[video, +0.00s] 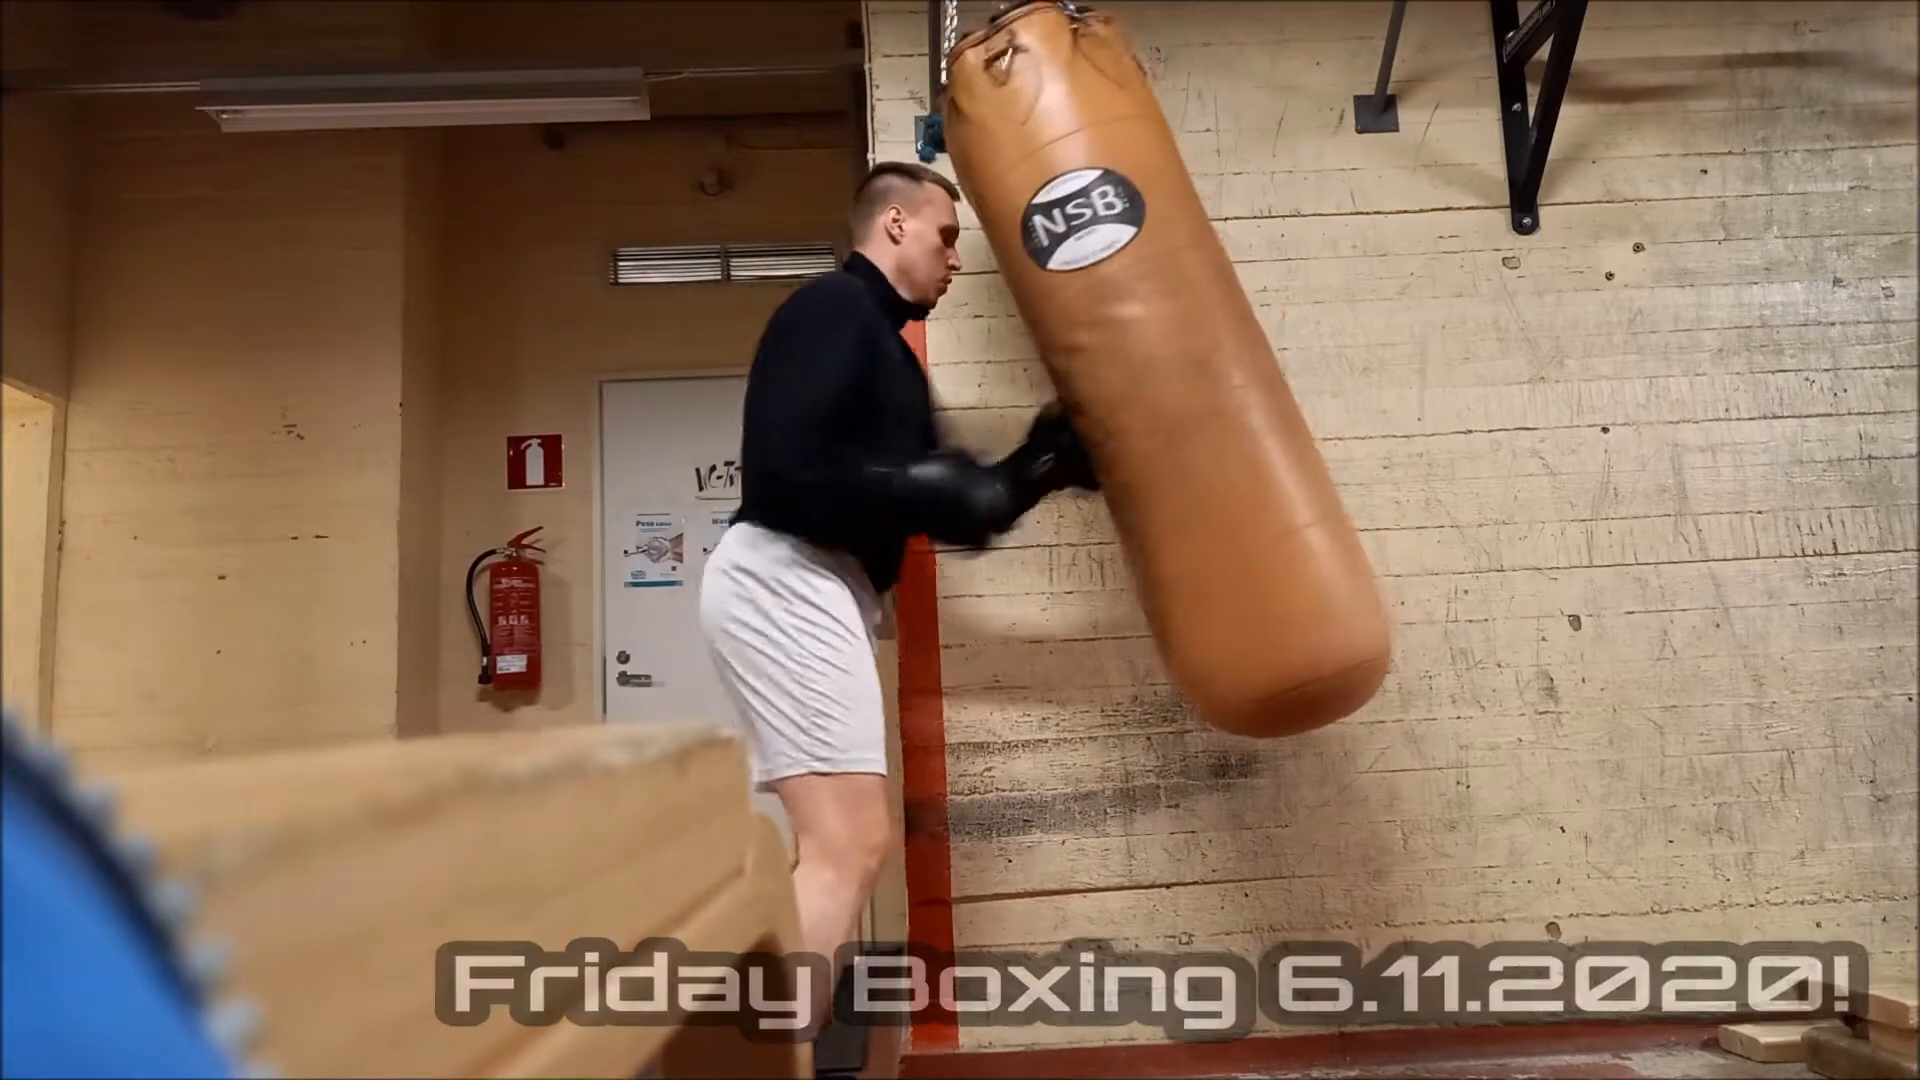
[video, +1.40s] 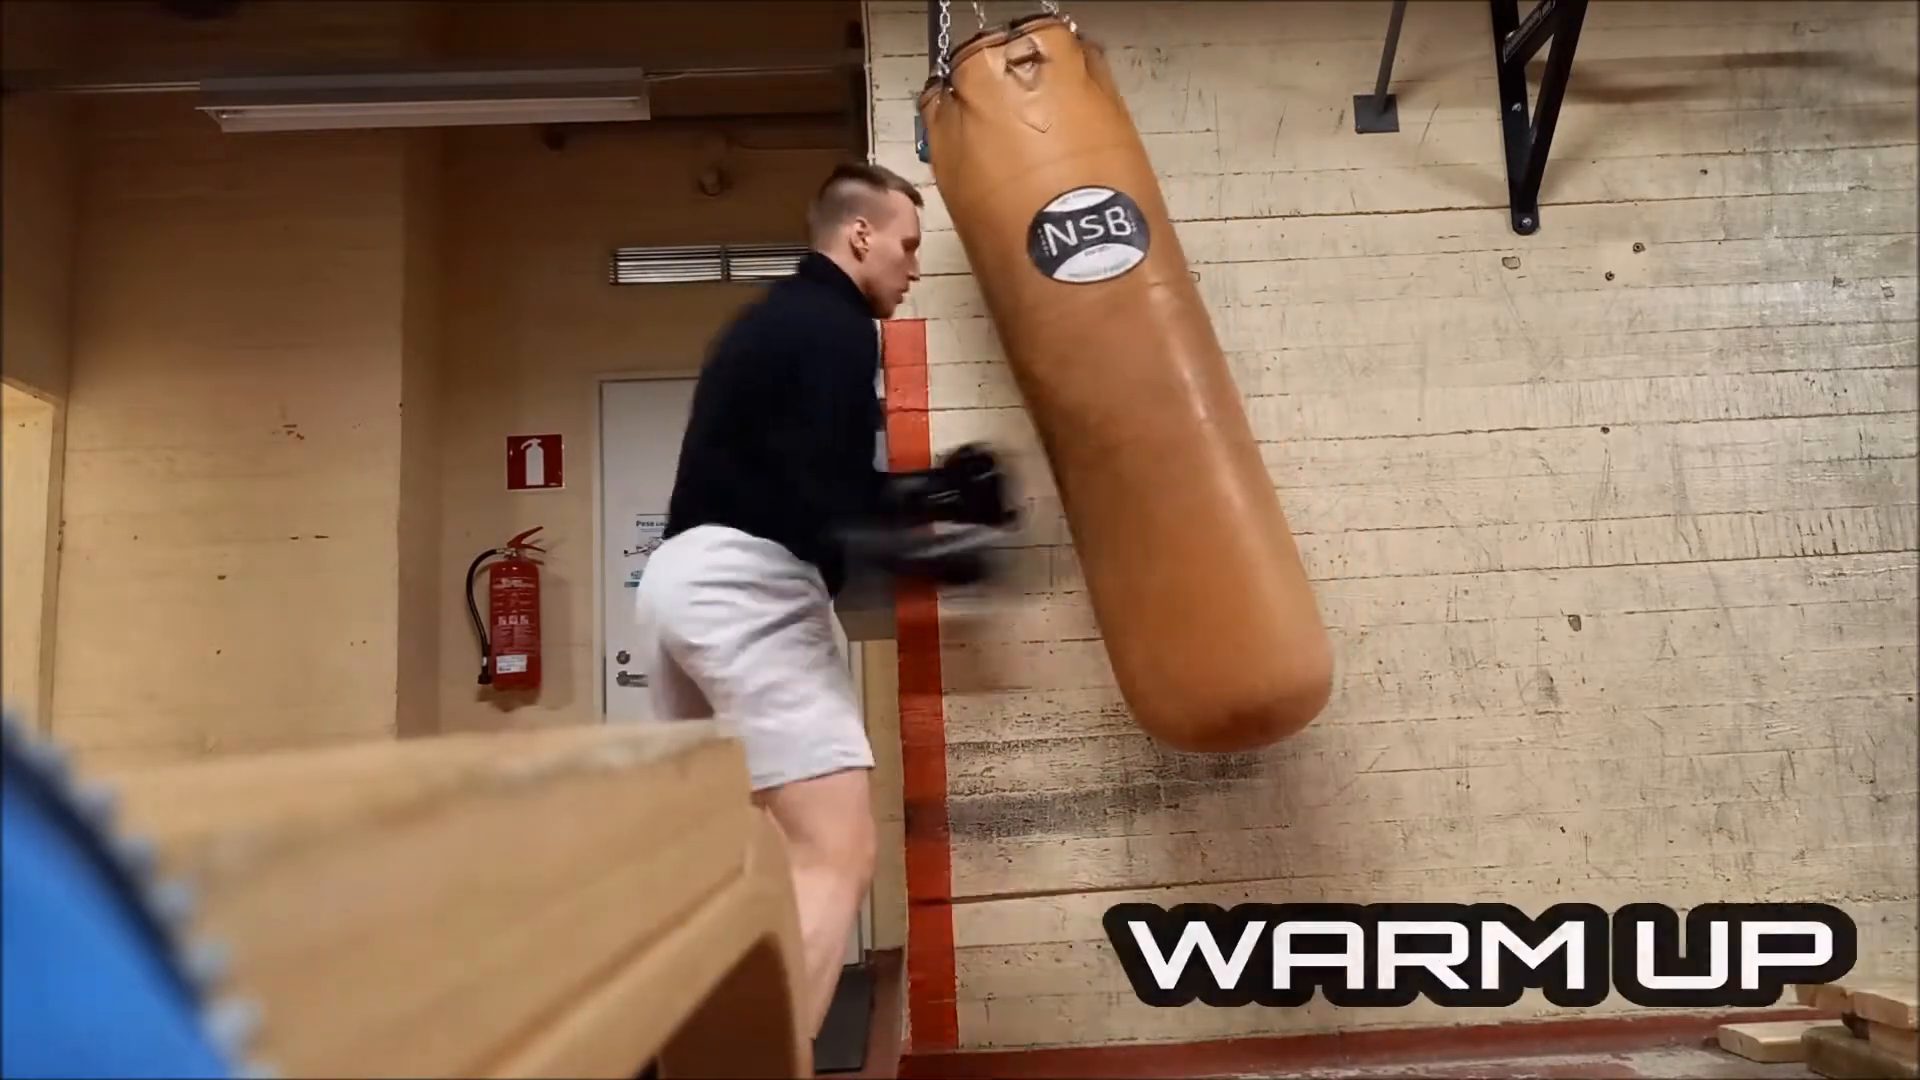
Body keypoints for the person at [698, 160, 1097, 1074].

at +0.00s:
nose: (956, 258)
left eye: (958, 240)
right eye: (946, 235)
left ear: (895, 230)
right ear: (893, 225)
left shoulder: (887, 346)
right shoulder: (832, 309)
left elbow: (931, 494)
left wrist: (1027, 471)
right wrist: (945, 497)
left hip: (819, 587)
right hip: (783, 578)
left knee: (843, 837)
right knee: (848, 835)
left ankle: (791, 1053)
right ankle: (784, 1059)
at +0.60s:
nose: (933, 239)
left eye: (932, 219)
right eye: (923, 217)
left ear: (865, 213)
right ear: (870, 207)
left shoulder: (832, 304)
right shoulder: (820, 303)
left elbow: (839, 484)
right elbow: (833, 479)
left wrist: (944, 499)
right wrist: (955, 503)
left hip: (790, 583)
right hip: (759, 581)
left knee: (785, 834)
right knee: (830, 836)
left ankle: (744, 1052)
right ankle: (778, 1060)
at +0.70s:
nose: (943, 240)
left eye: (943, 223)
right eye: (933, 220)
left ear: (886, 220)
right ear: (880, 214)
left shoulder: (905, 361)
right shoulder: (788, 302)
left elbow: (949, 486)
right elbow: (679, 443)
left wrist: (1026, 460)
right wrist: (730, 547)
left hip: (813, 604)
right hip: (742, 588)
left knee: (796, 827)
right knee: (812, 825)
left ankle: (747, 1048)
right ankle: (780, 1057)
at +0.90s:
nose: (920, 257)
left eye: (920, 238)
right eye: (914, 237)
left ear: (849, 238)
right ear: (867, 234)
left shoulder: (788, 328)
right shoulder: (820, 337)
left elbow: (889, 502)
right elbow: (899, 505)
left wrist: (979, 479)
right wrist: (985, 481)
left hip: (682, 585)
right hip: (749, 589)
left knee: (745, 837)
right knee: (832, 843)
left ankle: (699, 1051)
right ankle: (773, 1059)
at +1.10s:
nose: (914, 252)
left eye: (915, 234)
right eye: (907, 230)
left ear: (852, 224)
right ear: (858, 220)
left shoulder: (789, 315)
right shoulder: (816, 323)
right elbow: (839, 499)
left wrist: (931, 515)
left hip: (704, 589)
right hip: (739, 596)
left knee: (727, 847)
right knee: (812, 839)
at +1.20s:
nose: (923, 261)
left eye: (924, 242)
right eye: (915, 239)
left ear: (865, 234)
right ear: (865, 230)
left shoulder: (859, 354)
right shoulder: (770, 319)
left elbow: (854, 496)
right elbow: (670, 466)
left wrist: (965, 489)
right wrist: (712, 558)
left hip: (777, 605)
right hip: (726, 601)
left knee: (753, 838)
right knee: (811, 840)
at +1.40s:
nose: (916, 265)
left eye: (918, 246)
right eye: (908, 244)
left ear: (842, 240)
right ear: (858, 237)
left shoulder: (773, 315)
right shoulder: (833, 325)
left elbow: (821, 491)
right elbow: (829, 507)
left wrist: (926, 488)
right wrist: (938, 524)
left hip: (678, 580)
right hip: (744, 585)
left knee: (719, 843)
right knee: (835, 849)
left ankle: (689, 1047)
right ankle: (772, 1059)